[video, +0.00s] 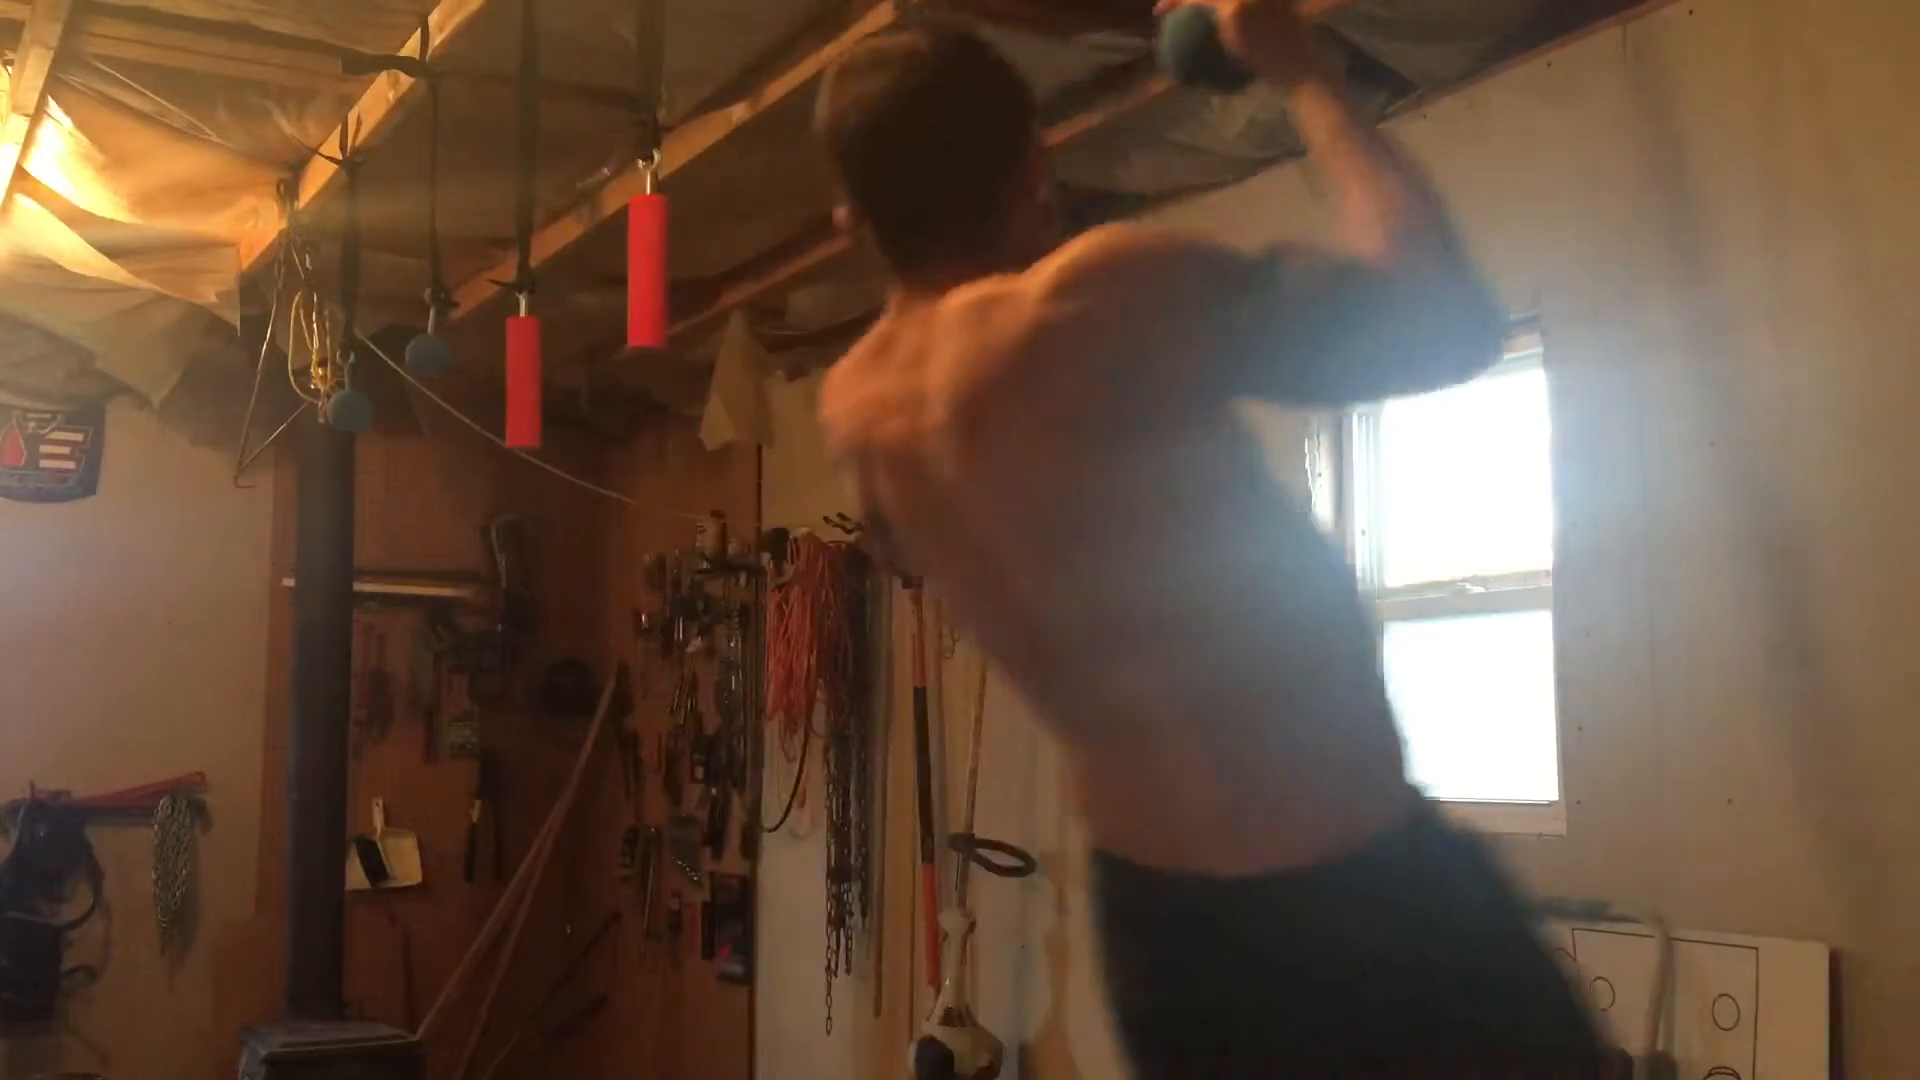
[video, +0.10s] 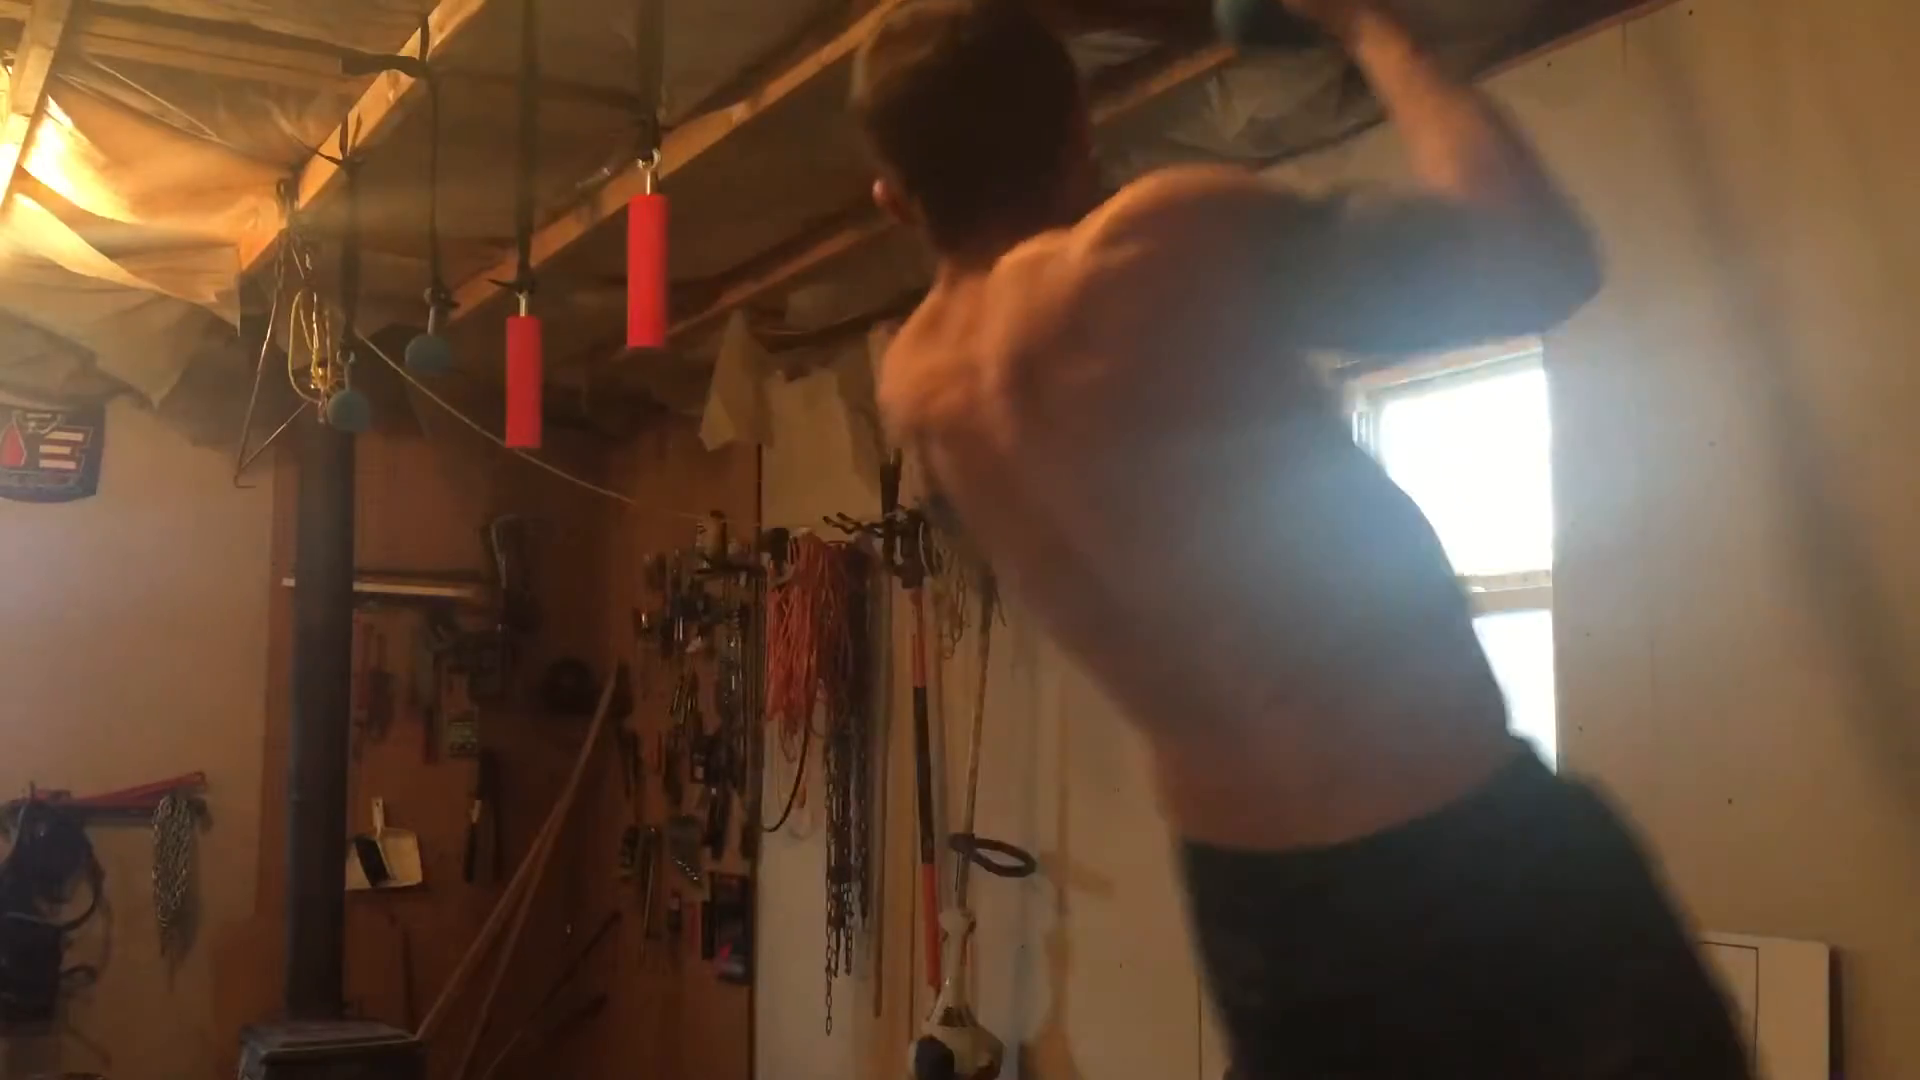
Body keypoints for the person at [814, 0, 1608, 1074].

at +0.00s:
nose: (1046, 166)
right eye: (1037, 144)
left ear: (853, 225)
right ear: (1031, 173)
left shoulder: (855, 407)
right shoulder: (1117, 294)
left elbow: (916, 561)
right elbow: (1445, 319)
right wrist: (1305, 79)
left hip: (1155, 929)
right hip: (1363, 903)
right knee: (1557, 1064)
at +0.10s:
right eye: (1080, 111)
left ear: (897, 203)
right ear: (1079, 126)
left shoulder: (915, 384)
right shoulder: (1177, 240)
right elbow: (1540, 259)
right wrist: (1373, 34)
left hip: (1250, 908)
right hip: (1469, 860)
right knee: (1685, 1058)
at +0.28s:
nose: (1127, 74)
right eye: (1119, 54)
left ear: (929, 177)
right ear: (1114, 66)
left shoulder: (959, 356)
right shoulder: (1237, 161)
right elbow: (1626, 161)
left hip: (1343, 884)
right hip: (1580, 782)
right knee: (1848, 1031)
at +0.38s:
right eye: (1115, 42)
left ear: (925, 166)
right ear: (1110, 53)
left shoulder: (947, 349)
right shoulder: (1230, 152)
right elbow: (1619, 140)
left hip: (1338, 883)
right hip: (1566, 753)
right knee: (1877, 1011)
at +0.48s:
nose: (1105, 79)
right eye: (1090, 58)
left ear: (903, 181)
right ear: (1081, 75)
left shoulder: (918, 356)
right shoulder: (1188, 174)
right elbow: (1560, 159)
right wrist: (1445, 1)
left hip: (1296, 894)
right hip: (1514, 771)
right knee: (1880, 1002)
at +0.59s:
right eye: (1031, 86)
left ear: (855, 210)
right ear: (1029, 115)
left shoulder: (877, 387)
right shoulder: (1121, 218)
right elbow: (1472, 189)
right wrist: (1368, 11)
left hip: (1229, 925)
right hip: (1437, 806)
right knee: (1854, 1032)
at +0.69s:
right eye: (993, 139)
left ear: (815, 254)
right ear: (987, 166)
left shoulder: (835, 412)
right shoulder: (1043, 272)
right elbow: (1375, 225)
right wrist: (1274, 29)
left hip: (1139, 961)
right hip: (1337, 860)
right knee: (1735, 1059)